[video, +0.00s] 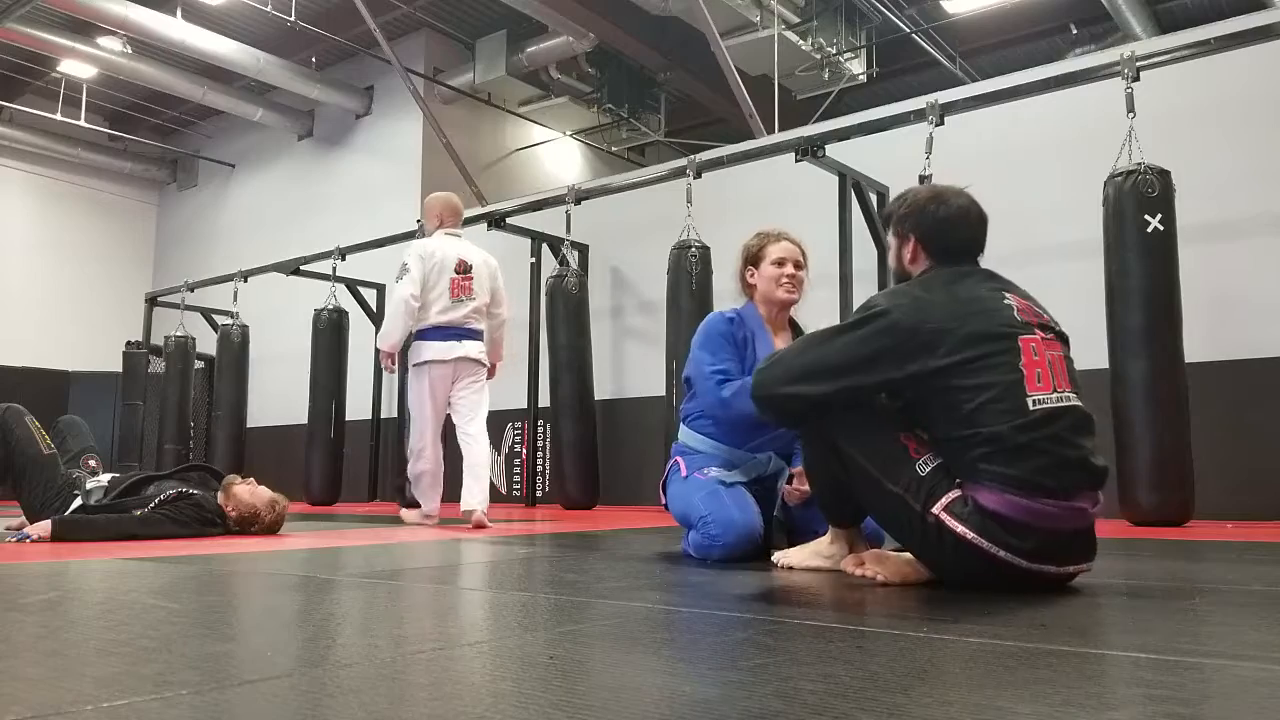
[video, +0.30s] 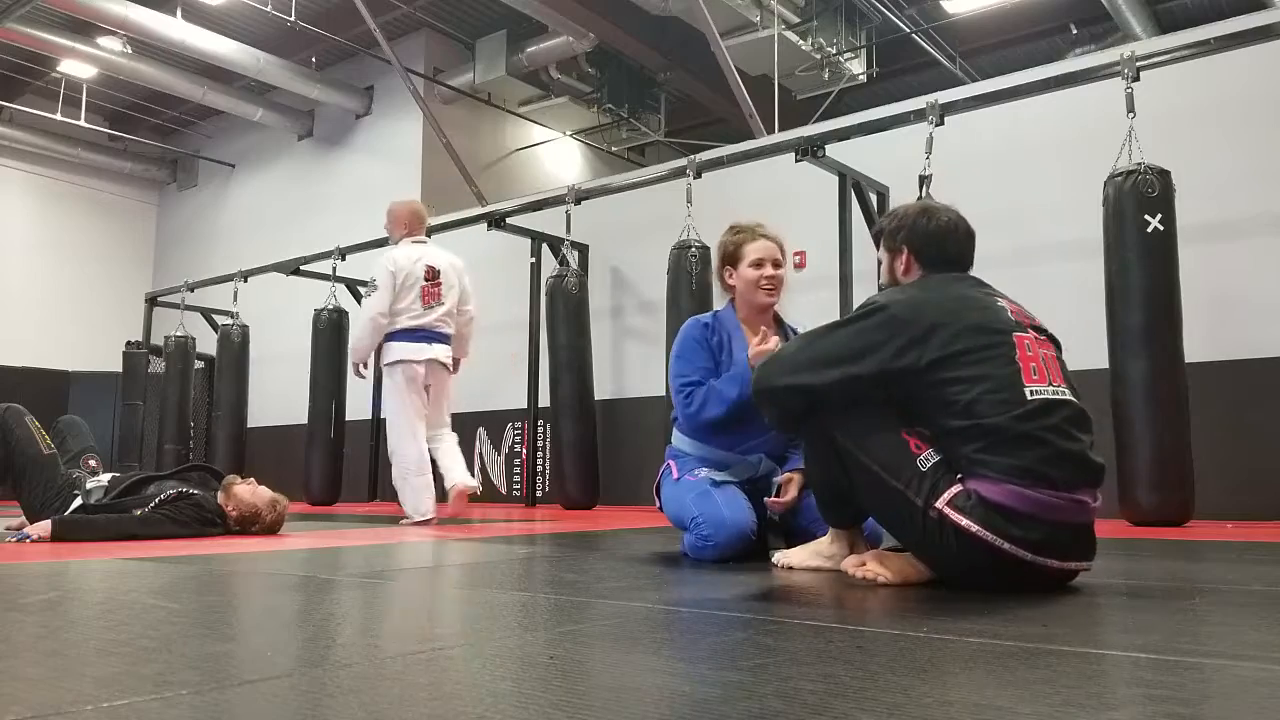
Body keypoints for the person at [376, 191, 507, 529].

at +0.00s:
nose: (424, 223)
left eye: (425, 218)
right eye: (425, 218)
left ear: (436, 218)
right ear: (459, 220)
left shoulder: (421, 250)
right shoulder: (485, 258)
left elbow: (407, 296)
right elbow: (498, 314)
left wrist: (388, 343)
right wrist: (494, 355)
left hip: (429, 350)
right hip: (473, 352)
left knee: (425, 430)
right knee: (474, 430)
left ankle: (426, 509)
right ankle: (476, 505)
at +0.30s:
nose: (386, 230)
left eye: (389, 225)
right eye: (387, 225)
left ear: (402, 225)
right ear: (422, 225)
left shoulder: (392, 259)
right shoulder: (452, 261)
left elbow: (378, 312)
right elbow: (466, 314)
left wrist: (358, 353)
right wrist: (457, 353)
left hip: (401, 352)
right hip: (440, 353)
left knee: (406, 430)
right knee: (440, 429)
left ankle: (420, 510)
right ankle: (459, 480)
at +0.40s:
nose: (375, 229)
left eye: (379, 224)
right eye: (377, 223)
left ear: (395, 227)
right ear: (410, 227)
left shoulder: (384, 261)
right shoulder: (439, 262)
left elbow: (364, 313)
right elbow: (454, 317)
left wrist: (345, 348)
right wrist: (449, 357)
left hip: (394, 355)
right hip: (430, 355)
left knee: (402, 431)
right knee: (415, 429)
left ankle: (423, 507)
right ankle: (423, 499)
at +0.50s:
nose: (363, 232)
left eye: (368, 227)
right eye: (365, 227)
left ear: (386, 232)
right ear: (397, 233)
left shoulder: (370, 263)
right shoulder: (426, 267)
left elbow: (350, 313)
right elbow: (441, 319)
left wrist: (331, 342)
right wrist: (440, 358)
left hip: (384, 357)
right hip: (419, 358)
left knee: (398, 434)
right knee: (389, 433)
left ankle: (422, 509)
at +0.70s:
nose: (343, 235)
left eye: (348, 231)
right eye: (344, 229)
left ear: (367, 235)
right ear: (374, 236)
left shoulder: (347, 266)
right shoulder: (397, 272)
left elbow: (327, 317)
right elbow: (409, 322)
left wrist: (303, 350)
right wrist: (412, 362)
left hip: (355, 358)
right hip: (386, 360)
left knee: (366, 433)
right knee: (355, 434)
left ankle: (412, 495)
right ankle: (342, 506)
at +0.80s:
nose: (331, 233)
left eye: (336, 229)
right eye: (333, 228)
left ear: (354, 235)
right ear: (360, 237)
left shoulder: (338, 267)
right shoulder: (384, 271)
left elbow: (320, 319)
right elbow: (393, 323)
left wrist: (290, 357)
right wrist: (389, 360)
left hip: (342, 360)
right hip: (373, 361)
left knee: (330, 435)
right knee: (353, 434)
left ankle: (390, 487)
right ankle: (341, 508)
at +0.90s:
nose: (319, 233)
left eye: (325, 230)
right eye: (321, 228)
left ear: (342, 236)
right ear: (347, 239)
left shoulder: (329, 267)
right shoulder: (367, 269)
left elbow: (315, 316)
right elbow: (375, 321)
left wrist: (291, 357)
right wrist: (364, 354)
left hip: (330, 359)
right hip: (360, 360)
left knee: (298, 432)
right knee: (345, 428)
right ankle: (346, 504)